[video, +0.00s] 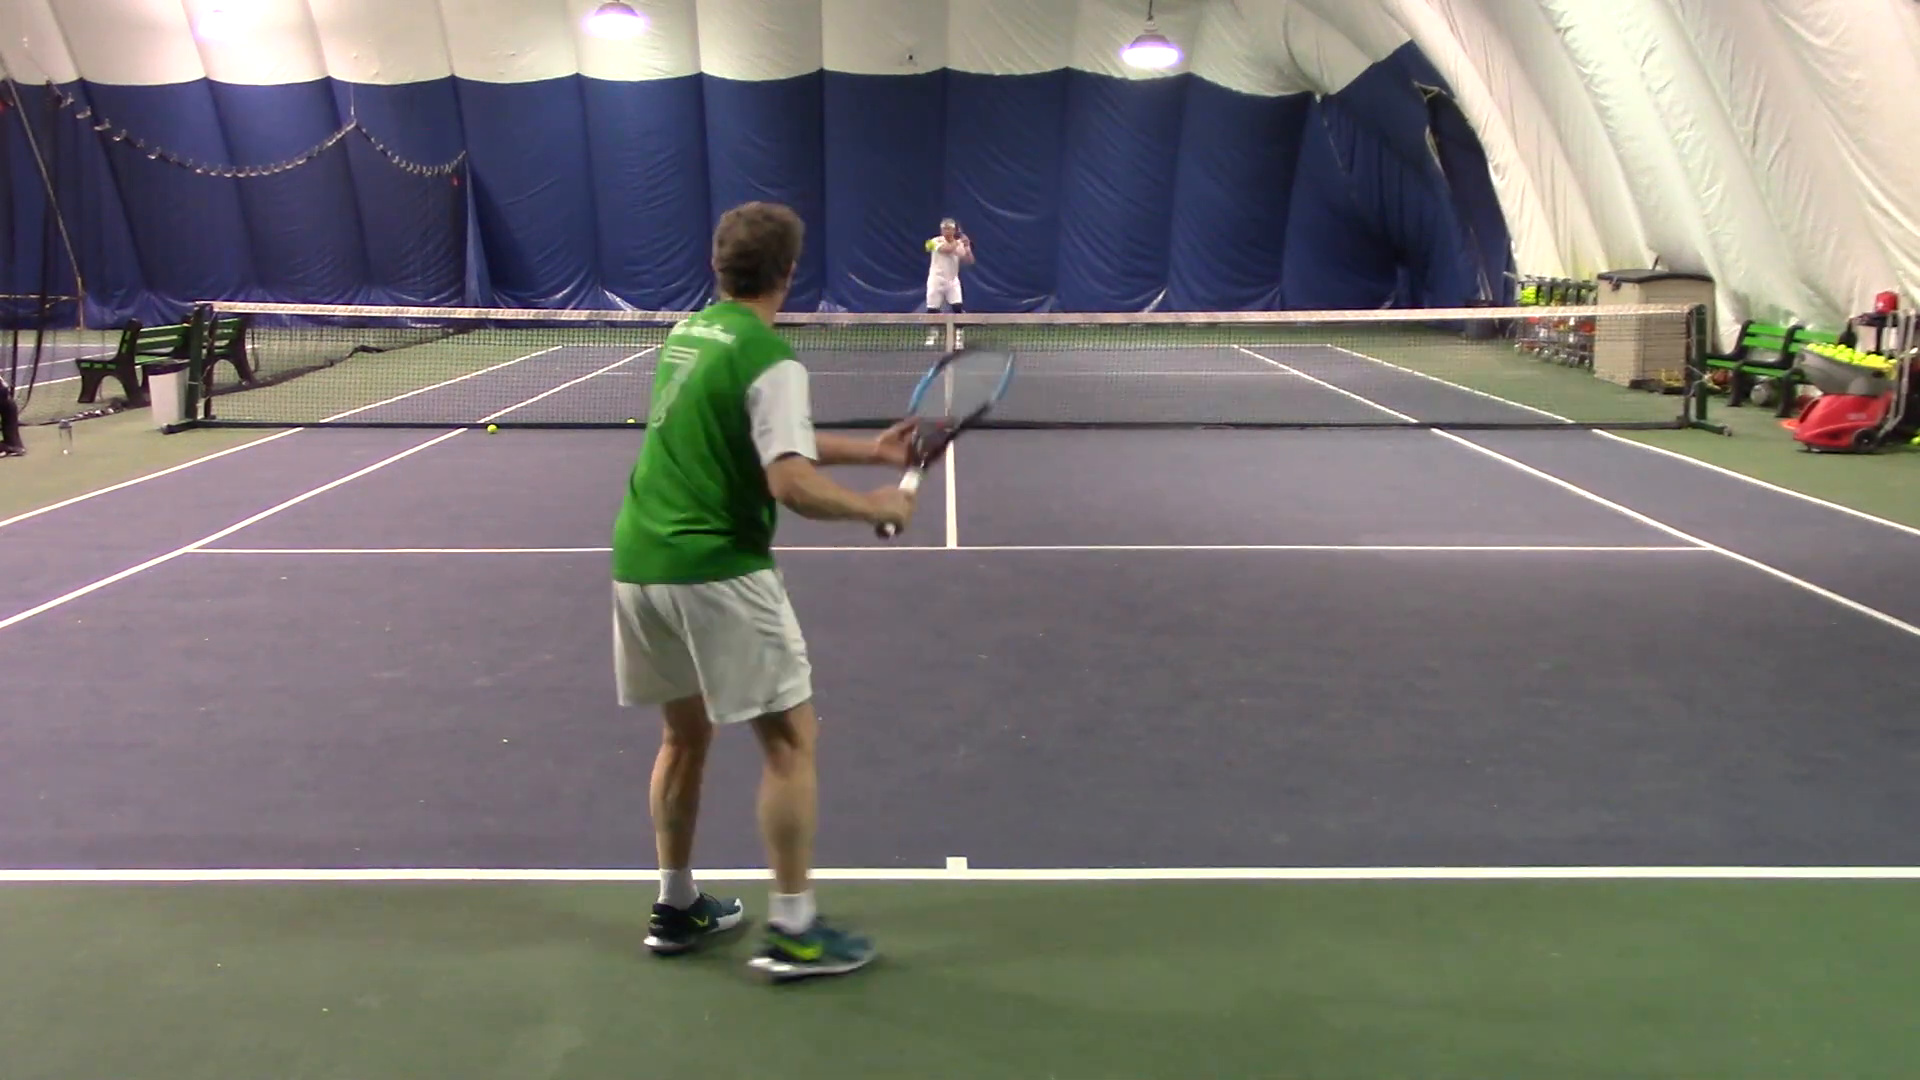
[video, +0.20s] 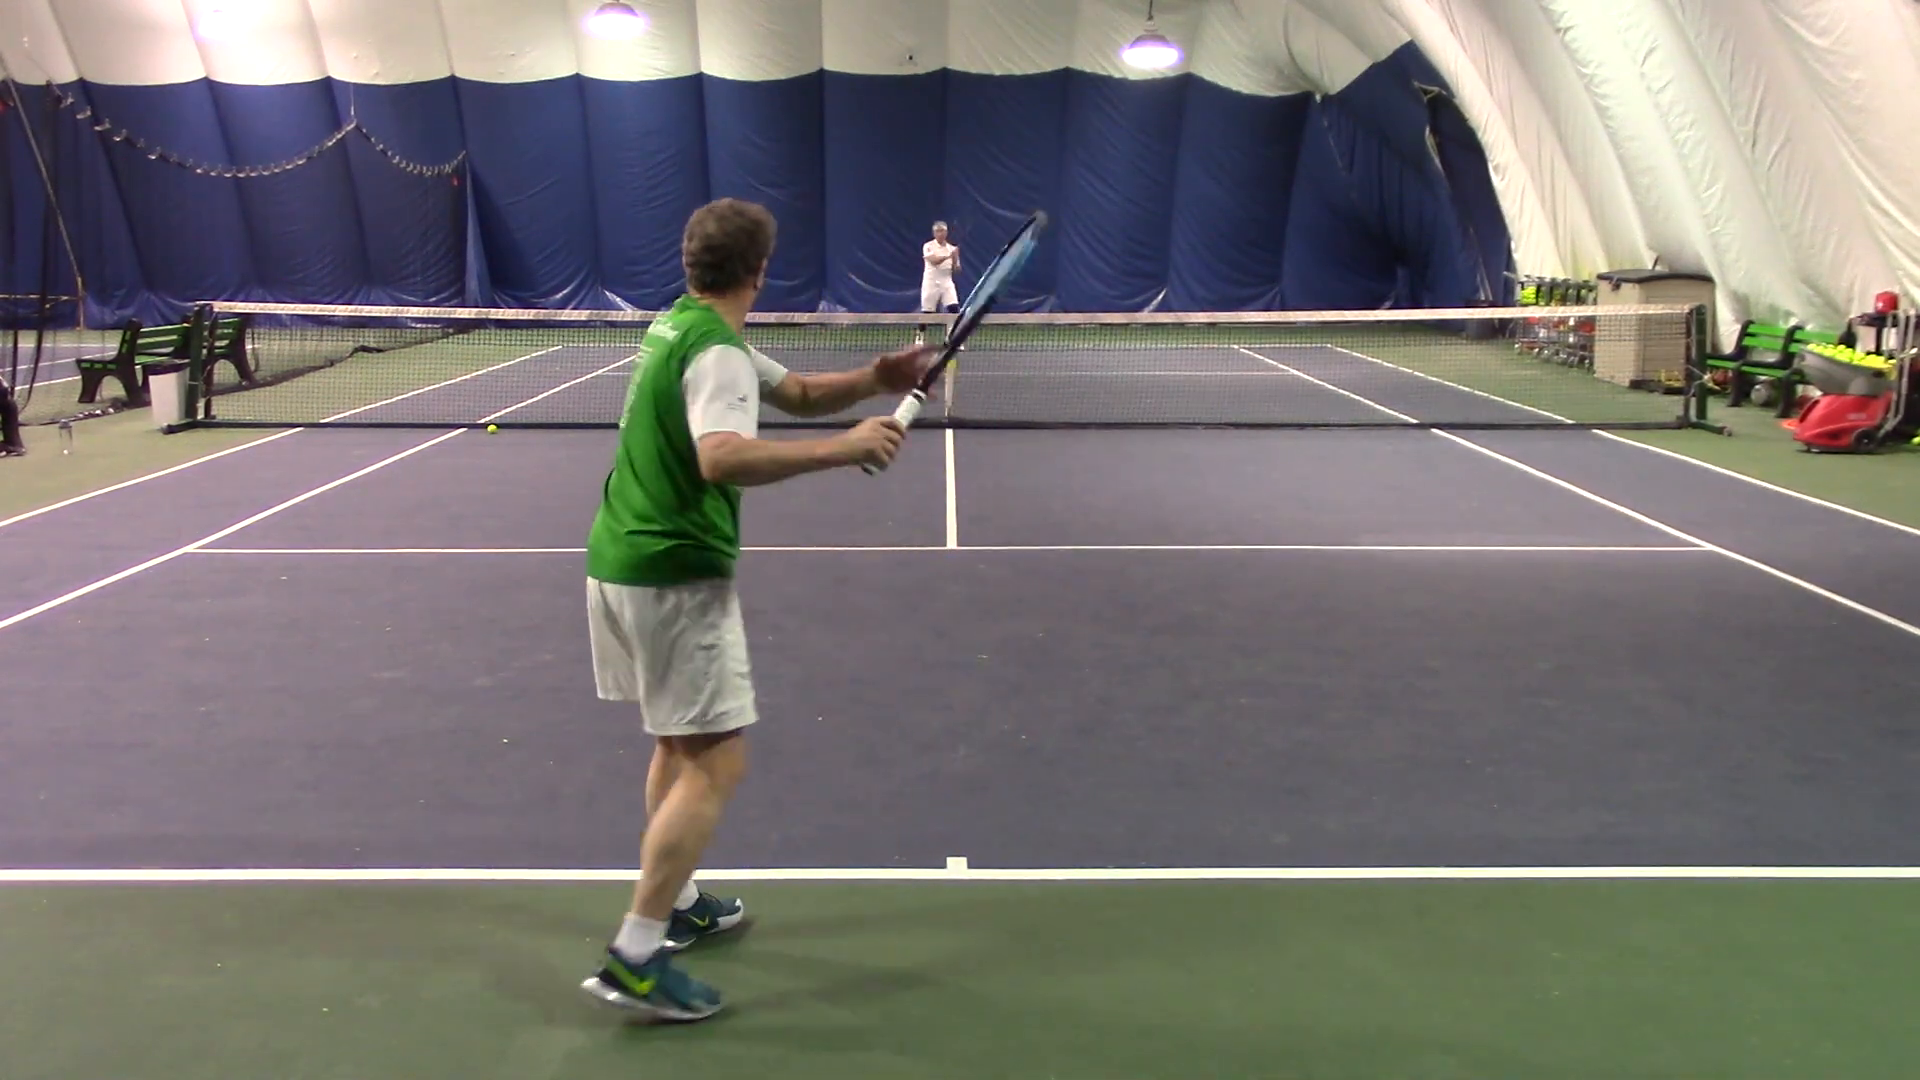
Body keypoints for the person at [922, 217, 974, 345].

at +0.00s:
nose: (948, 232)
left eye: (950, 229)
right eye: (945, 229)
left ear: (955, 230)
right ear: (941, 230)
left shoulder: (959, 243)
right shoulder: (935, 242)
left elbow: (970, 260)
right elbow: (947, 249)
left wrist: (967, 247)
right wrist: (958, 241)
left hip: (952, 279)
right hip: (936, 278)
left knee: (957, 307)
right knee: (932, 309)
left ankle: (959, 335)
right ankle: (932, 332)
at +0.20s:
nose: (940, 234)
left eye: (942, 231)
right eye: (937, 231)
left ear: (946, 232)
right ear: (934, 233)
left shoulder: (952, 249)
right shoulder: (928, 246)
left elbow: (957, 269)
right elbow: (934, 261)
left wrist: (955, 258)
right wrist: (949, 257)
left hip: (946, 280)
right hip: (931, 281)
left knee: (953, 307)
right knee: (928, 311)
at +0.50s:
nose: (926, 229)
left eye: (928, 225)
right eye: (923, 226)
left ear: (932, 227)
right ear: (919, 228)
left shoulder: (938, 243)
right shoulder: (913, 242)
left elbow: (943, 261)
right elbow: (917, 257)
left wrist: (938, 255)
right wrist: (931, 252)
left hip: (935, 278)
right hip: (919, 280)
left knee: (943, 304)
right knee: (918, 309)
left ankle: (943, 334)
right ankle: (919, 337)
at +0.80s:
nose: (920, 231)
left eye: (922, 228)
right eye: (918, 228)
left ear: (926, 229)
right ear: (914, 229)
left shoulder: (932, 244)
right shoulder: (908, 244)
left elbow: (933, 256)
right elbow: (911, 256)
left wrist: (926, 248)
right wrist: (922, 248)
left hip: (929, 278)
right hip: (915, 278)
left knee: (927, 308)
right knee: (917, 306)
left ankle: (923, 334)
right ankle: (917, 335)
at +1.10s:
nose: (919, 228)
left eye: (921, 225)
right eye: (916, 225)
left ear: (925, 227)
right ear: (912, 227)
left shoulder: (930, 244)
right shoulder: (905, 241)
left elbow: (930, 261)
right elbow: (907, 257)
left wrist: (922, 260)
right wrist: (922, 257)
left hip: (922, 276)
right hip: (907, 276)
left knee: (921, 306)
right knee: (907, 305)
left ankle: (920, 335)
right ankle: (908, 334)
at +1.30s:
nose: (914, 228)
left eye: (916, 225)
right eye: (911, 225)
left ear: (920, 227)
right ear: (907, 227)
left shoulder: (923, 243)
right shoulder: (900, 241)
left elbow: (926, 265)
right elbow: (903, 259)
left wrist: (924, 256)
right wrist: (918, 258)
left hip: (916, 276)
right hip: (901, 276)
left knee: (920, 305)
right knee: (894, 305)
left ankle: (919, 335)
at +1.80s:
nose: (918, 236)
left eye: (920, 233)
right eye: (916, 233)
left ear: (922, 235)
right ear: (910, 233)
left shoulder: (921, 247)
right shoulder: (903, 246)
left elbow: (926, 261)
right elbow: (909, 261)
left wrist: (934, 266)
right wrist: (928, 266)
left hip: (913, 281)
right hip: (900, 281)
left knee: (922, 307)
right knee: (897, 311)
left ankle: (919, 335)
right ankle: (890, 337)